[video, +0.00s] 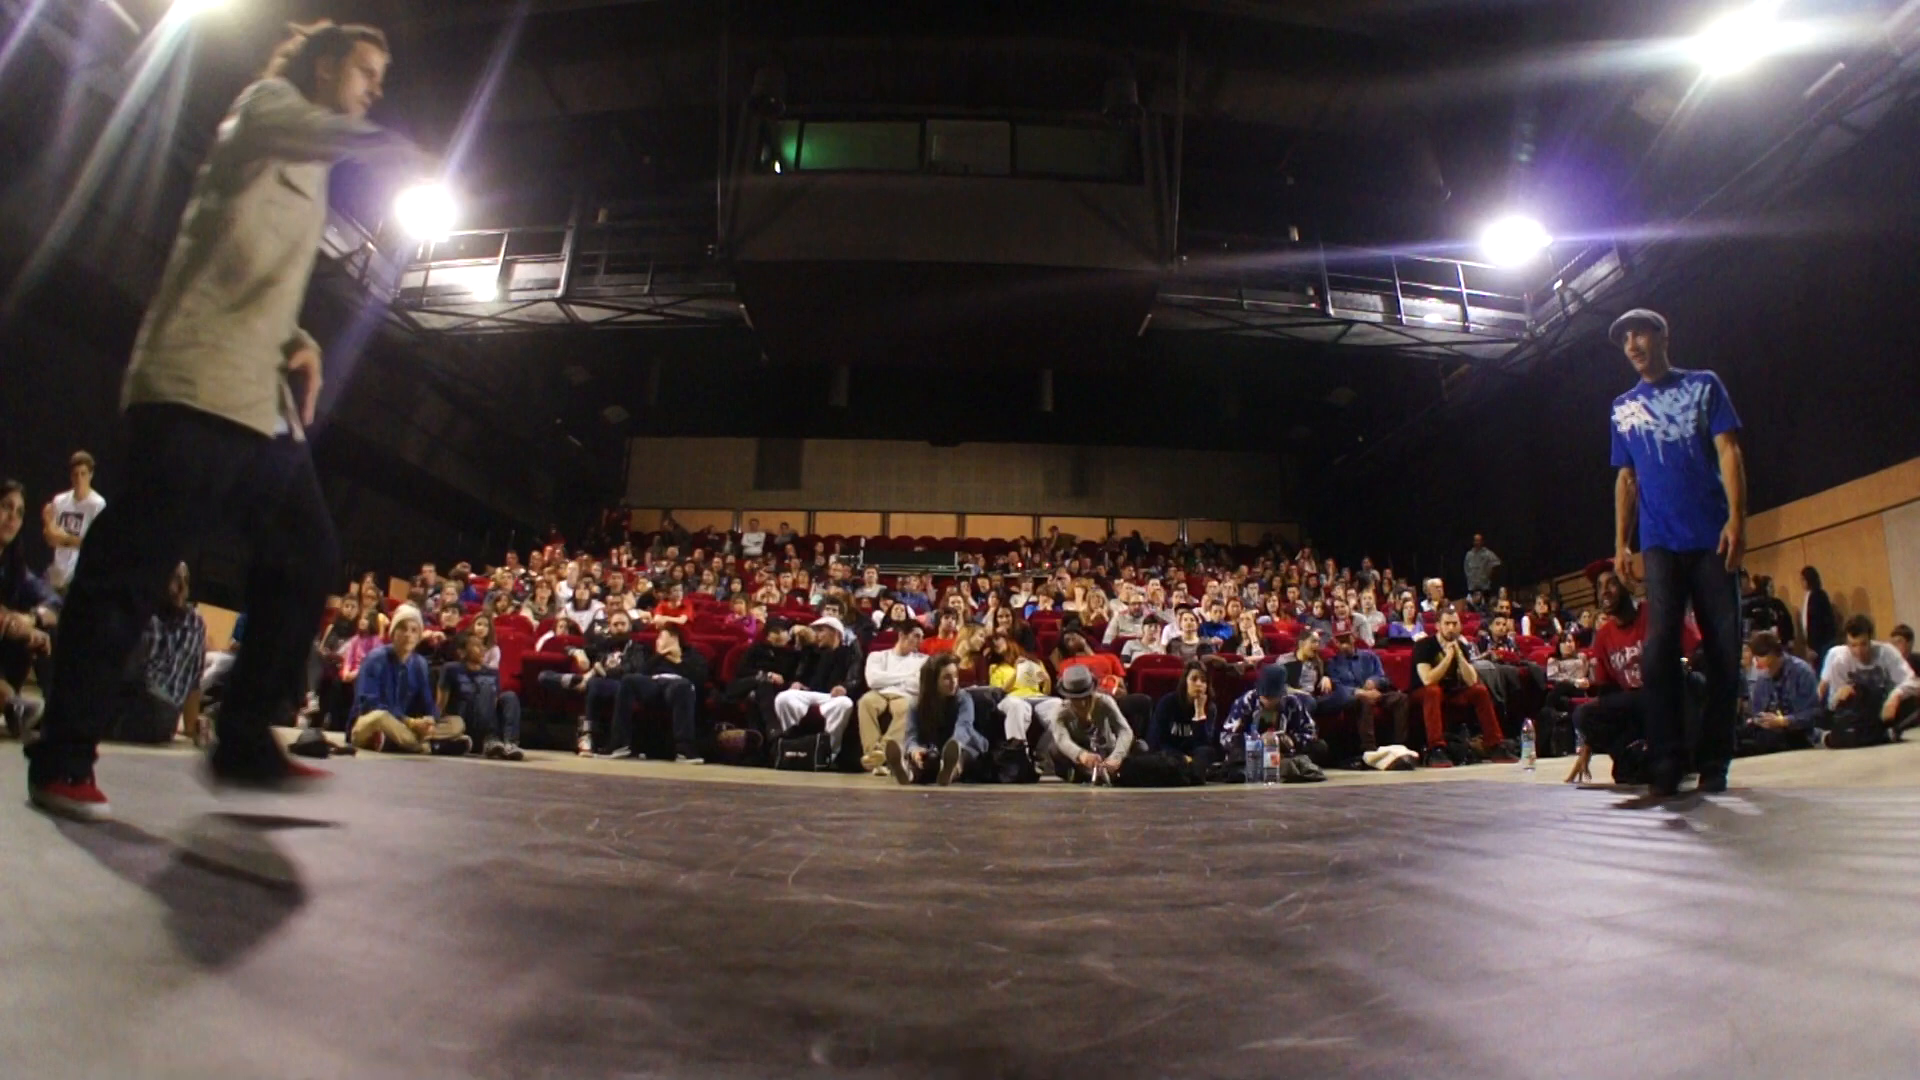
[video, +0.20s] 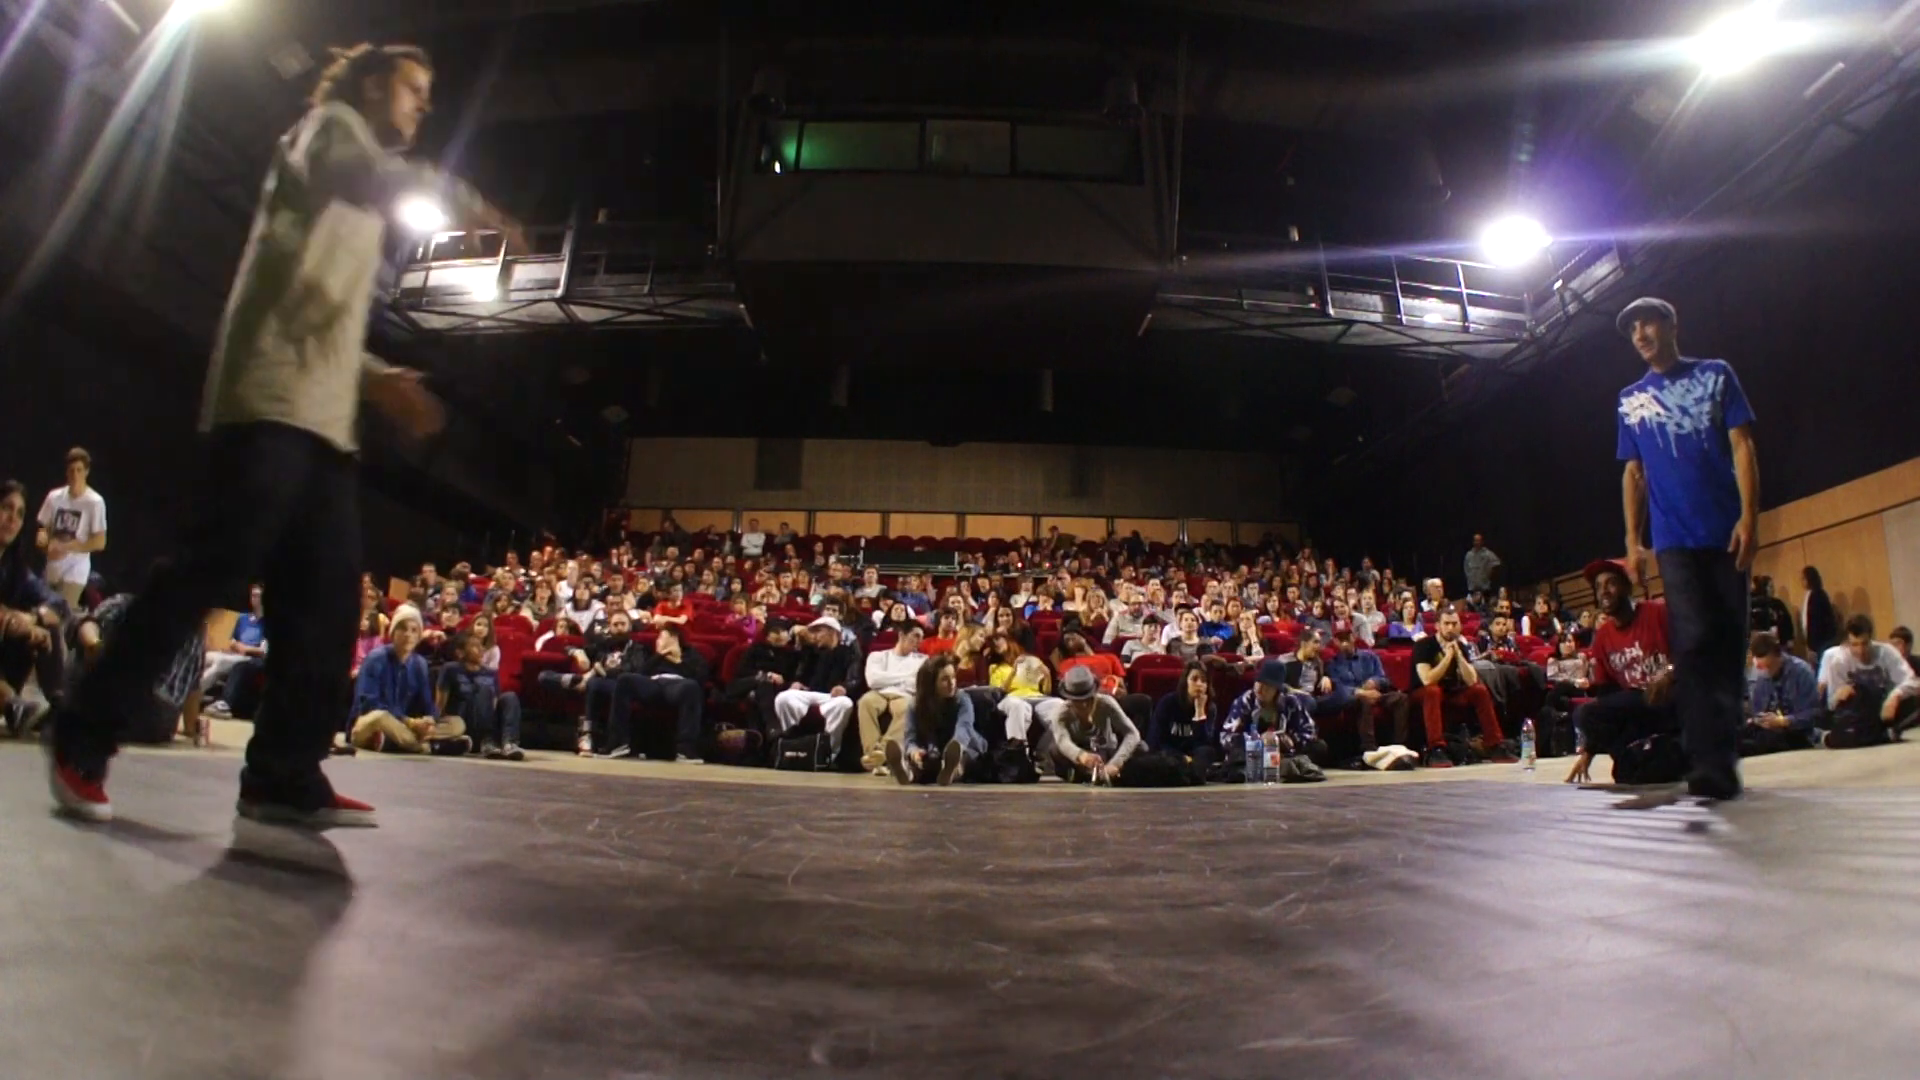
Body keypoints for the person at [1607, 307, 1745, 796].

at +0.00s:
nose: (1634, 345)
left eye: (1642, 335)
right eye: (1627, 340)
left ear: (1663, 338)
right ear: (1624, 350)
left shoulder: (1703, 385)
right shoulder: (1623, 408)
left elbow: (1729, 450)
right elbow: (1626, 478)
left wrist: (1735, 517)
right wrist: (1622, 541)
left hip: (1710, 536)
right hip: (1659, 541)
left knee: (1725, 652)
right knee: (1658, 649)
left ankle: (1714, 765)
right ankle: (1663, 768)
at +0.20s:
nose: (1643, 334)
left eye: (1650, 324)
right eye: (1635, 329)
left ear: (1672, 327)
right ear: (1631, 340)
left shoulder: (1715, 374)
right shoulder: (1630, 399)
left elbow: (1743, 445)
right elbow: (1633, 473)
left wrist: (1748, 515)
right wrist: (1633, 539)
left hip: (1723, 530)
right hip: (1672, 538)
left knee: (1729, 645)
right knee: (1694, 643)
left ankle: (1720, 763)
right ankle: (1708, 769)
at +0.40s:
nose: (1644, 315)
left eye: (1651, 304)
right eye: (1634, 311)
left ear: (1673, 307)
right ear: (1631, 325)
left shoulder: (1722, 352)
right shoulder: (1635, 388)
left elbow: (1756, 425)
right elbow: (1641, 464)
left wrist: (1772, 503)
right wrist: (1644, 533)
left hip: (1742, 517)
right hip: (1685, 526)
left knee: (1742, 643)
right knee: (1709, 643)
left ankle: (1733, 766)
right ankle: (1725, 771)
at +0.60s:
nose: (1645, 298)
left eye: (1652, 285)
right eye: (1637, 293)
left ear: (1676, 287)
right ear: (1636, 307)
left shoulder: (1733, 338)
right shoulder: (1641, 373)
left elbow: (1774, 406)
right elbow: (1648, 452)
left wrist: (1805, 482)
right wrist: (1656, 526)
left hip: (1757, 506)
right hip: (1693, 520)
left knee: (1786, 625)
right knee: (1712, 644)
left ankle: (1795, 756)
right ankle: (1731, 771)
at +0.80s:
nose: (1657, 285)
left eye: (1665, 272)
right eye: (1649, 280)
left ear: (1691, 275)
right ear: (1648, 295)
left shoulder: (1749, 322)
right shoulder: (1655, 363)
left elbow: (1789, 396)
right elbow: (1663, 442)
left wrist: (1824, 473)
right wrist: (1668, 505)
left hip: (1771, 498)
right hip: (1705, 513)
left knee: (1820, 614)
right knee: (1718, 641)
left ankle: (1877, 745)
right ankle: (1732, 771)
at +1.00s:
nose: (1676, 270)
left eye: (1684, 257)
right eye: (1669, 264)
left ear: (1712, 258)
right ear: (1669, 278)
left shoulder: (1771, 298)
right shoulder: (1688, 348)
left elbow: (1816, 374)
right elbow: (1699, 429)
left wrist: (1841, 460)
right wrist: (1703, 502)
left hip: (1796, 491)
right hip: (1735, 507)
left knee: (1840, 623)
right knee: (1737, 642)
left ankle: (1878, 768)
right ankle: (1735, 774)